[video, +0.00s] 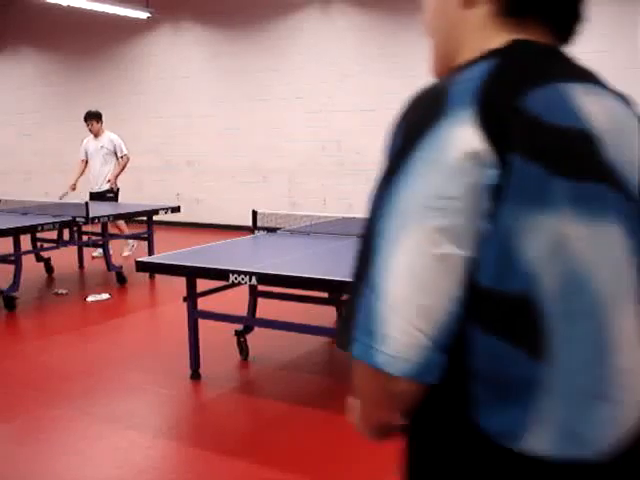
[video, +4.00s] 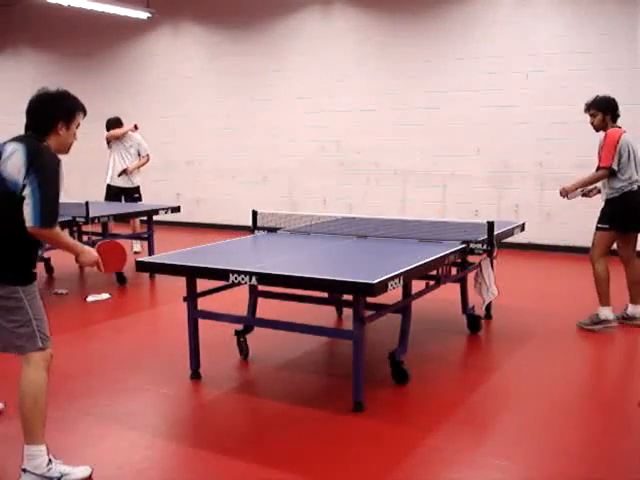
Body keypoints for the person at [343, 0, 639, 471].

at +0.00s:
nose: (427, 17)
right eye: (431, 1)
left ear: (477, 0)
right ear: (554, 10)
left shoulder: (465, 112)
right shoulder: (620, 114)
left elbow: (392, 362)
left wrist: (375, 415)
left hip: (488, 443)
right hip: (611, 441)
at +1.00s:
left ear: (167, 66)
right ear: (238, 66)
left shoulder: (133, 142)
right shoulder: (271, 147)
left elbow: (107, 218)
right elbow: (304, 244)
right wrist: (244, 256)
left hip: (165, 347)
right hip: (244, 343)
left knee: (176, 470)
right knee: (225, 458)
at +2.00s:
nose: (158, 96)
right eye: (156, 91)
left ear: (109, 88)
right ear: (150, 94)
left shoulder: (68, 131)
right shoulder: (154, 131)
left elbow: (50, 191)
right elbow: (160, 89)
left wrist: (90, 198)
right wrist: (107, 63)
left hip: (87, 271)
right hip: (141, 266)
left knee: (104, 372)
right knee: (151, 346)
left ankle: (124, 468)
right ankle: (153, 435)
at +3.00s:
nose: (70, 119)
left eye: (71, 113)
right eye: (68, 112)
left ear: (36, 108)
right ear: (50, 108)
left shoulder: (9, 140)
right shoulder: (44, 143)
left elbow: (16, 199)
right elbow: (58, 202)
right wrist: (95, 214)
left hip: (16, 254)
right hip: (54, 256)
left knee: (9, 323)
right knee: (87, 325)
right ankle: (109, 411)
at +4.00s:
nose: (76, 135)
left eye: (78, 128)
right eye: (75, 127)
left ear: (39, 122)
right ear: (58, 126)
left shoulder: (12, 148)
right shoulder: (43, 159)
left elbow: (26, 219)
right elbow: (40, 225)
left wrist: (67, 241)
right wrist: (79, 250)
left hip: (7, 272)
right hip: (13, 275)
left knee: (33, 352)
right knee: (37, 353)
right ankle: (36, 459)